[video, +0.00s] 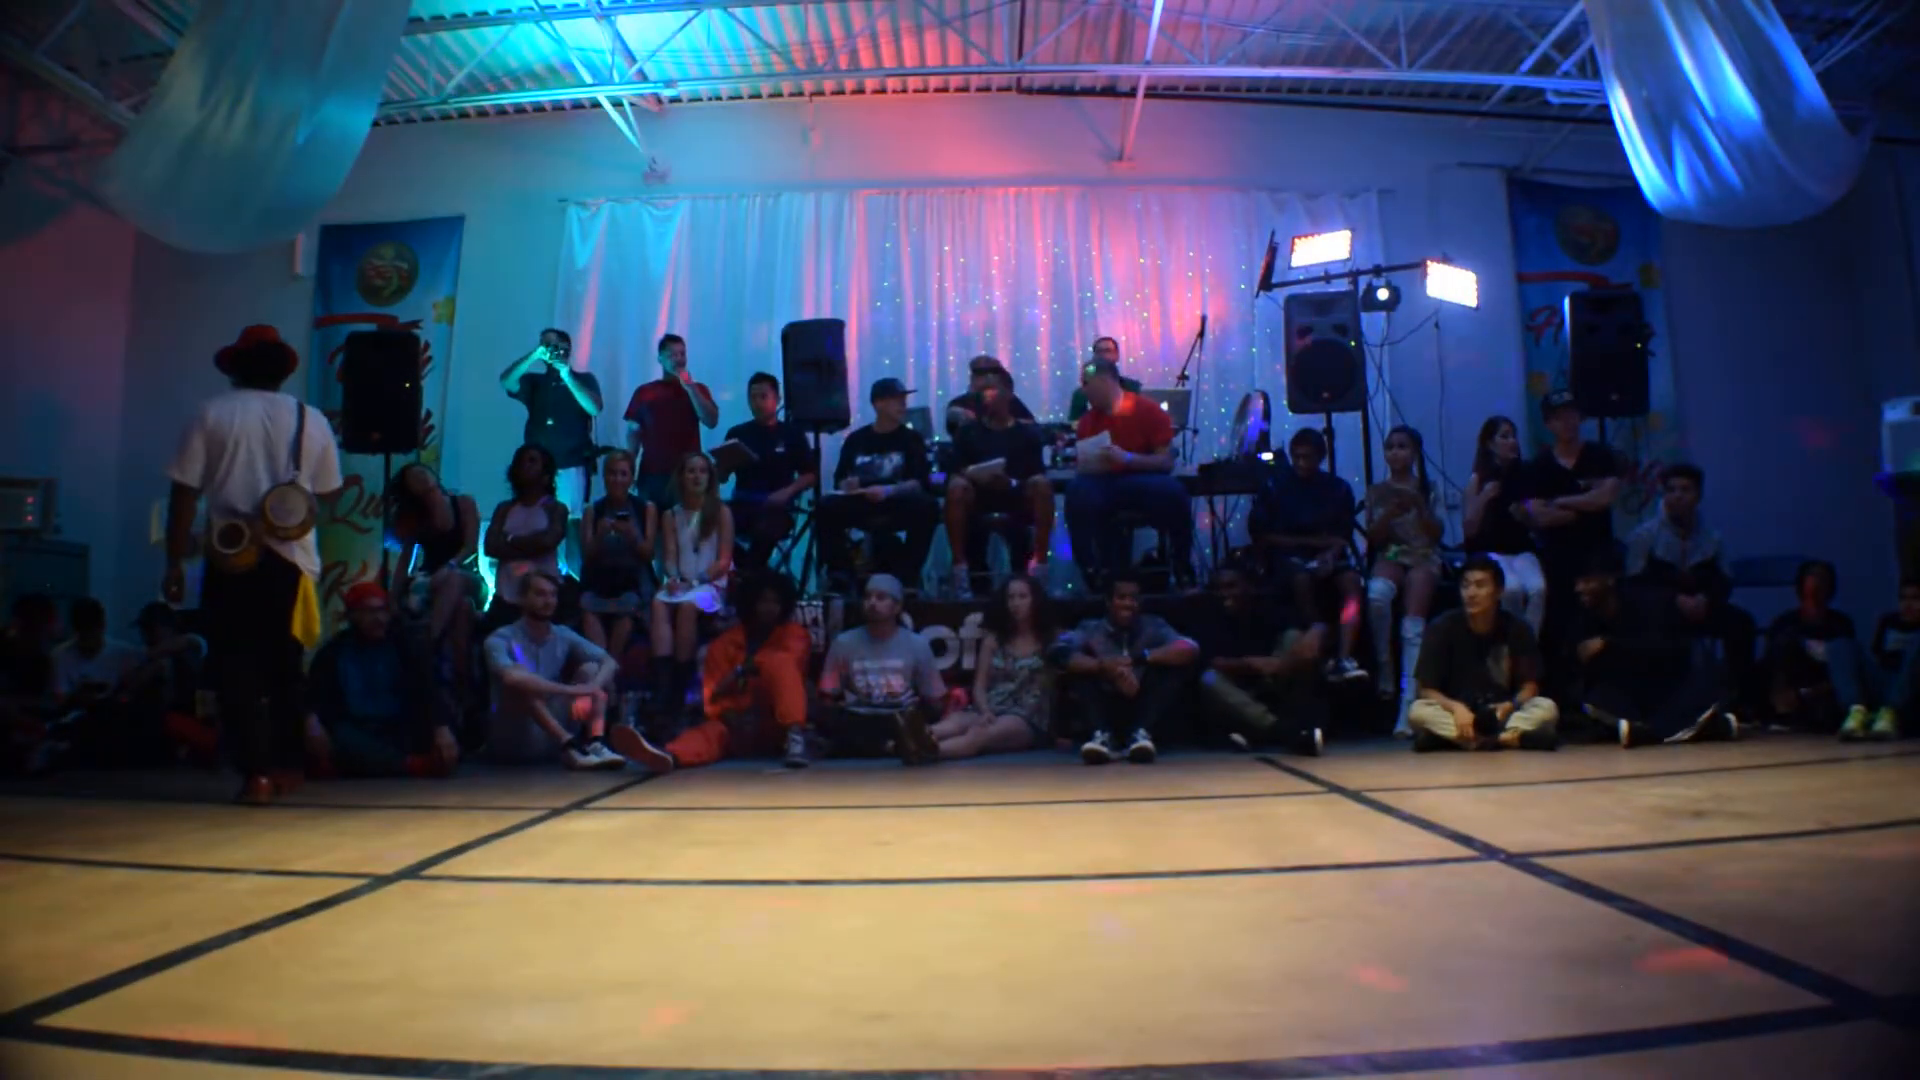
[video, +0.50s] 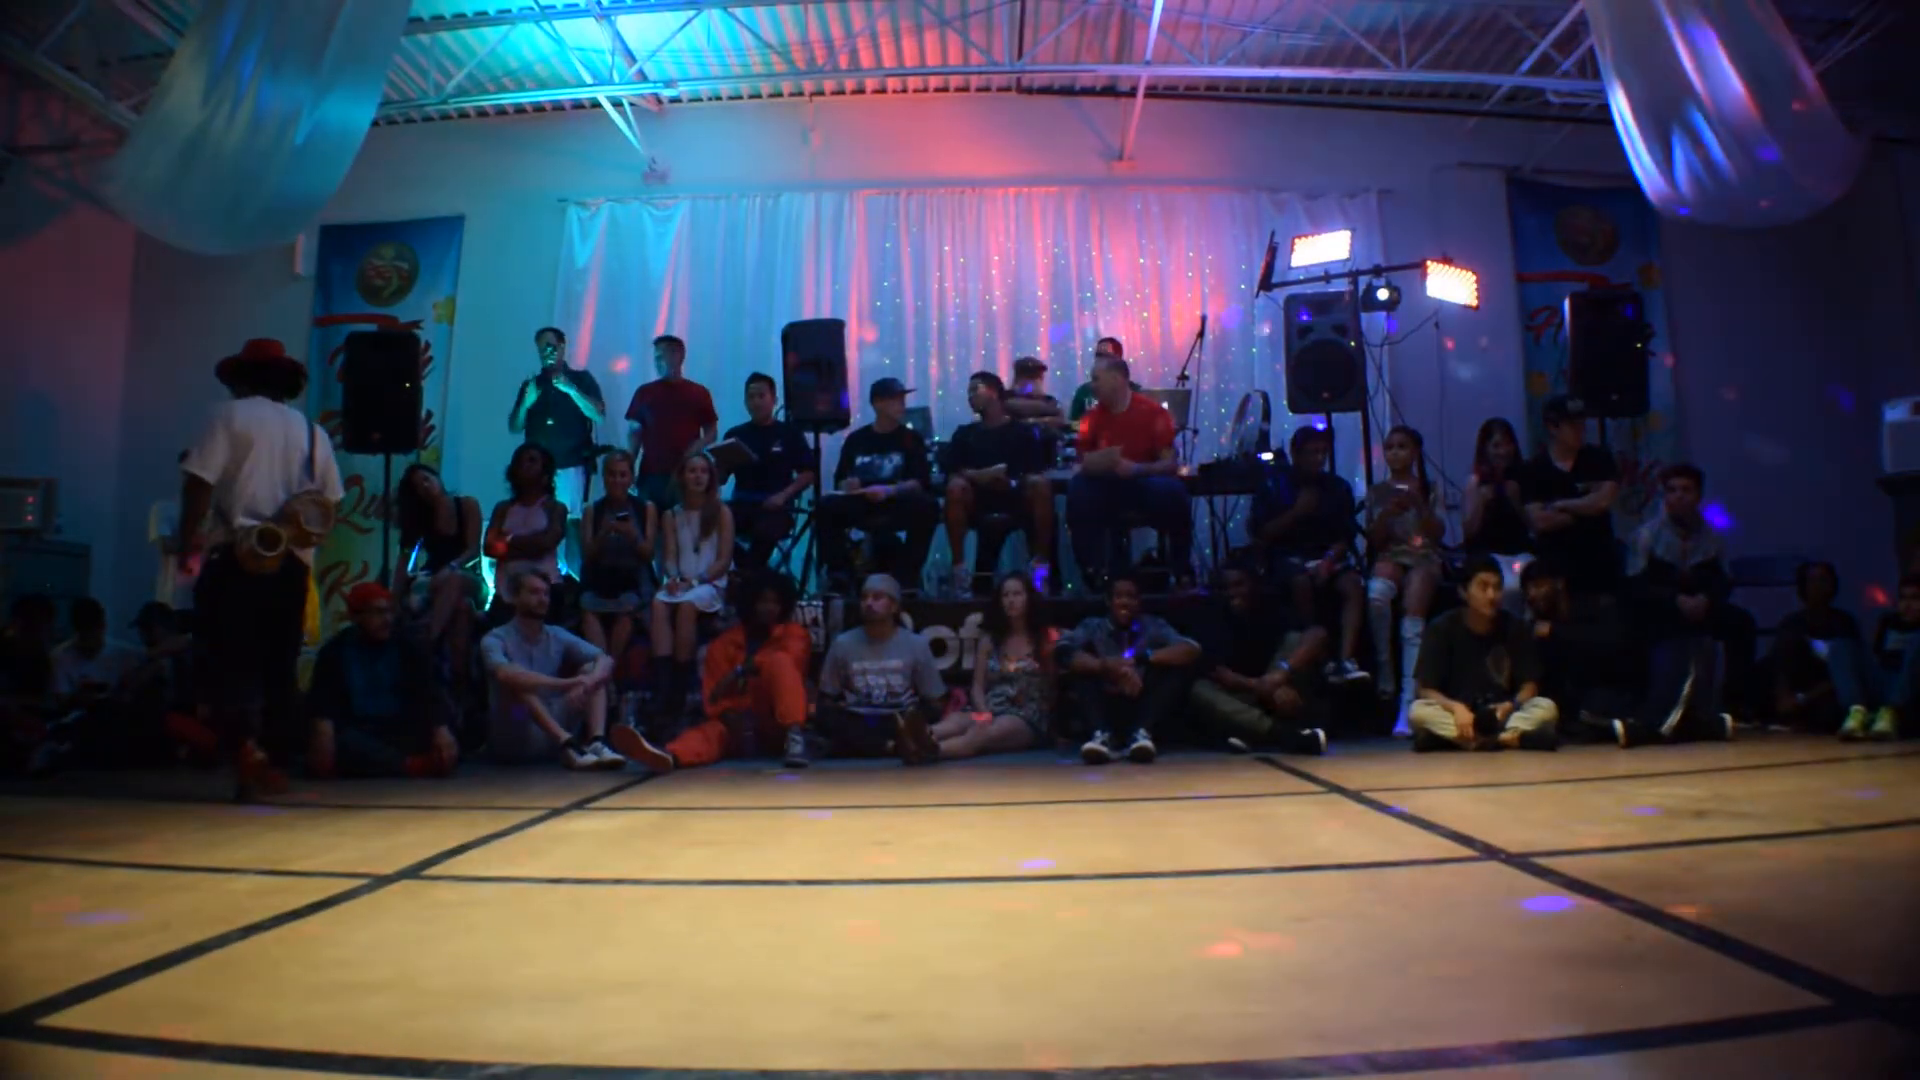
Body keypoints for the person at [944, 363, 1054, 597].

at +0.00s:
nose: (989, 395)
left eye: (995, 388)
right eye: (985, 389)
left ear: (1009, 394)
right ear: (978, 395)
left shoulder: (1027, 431)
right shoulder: (968, 432)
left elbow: (1037, 472)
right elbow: (955, 468)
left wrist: (1010, 482)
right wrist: (973, 475)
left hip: (1014, 490)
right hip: (980, 490)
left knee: (1041, 485)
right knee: (957, 487)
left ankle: (1039, 560)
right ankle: (959, 564)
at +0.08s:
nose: (983, 394)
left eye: (989, 388)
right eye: (979, 389)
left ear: (1005, 393)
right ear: (975, 394)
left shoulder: (1027, 431)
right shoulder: (968, 431)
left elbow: (1035, 473)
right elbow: (955, 468)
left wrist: (1009, 482)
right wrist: (973, 476)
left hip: (1013, 489)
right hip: (979, 490)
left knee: (1040, 487)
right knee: (957, 487)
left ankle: (1041, 562)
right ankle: (959, 566)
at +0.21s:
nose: (976, 395)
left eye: (982, 389)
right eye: (975, 389)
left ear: (1003, 396)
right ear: (974, 396)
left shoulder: (1024, 432)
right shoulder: (966, 432)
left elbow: (1035, 473)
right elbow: (954, 469)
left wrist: (1006, 481)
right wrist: (975, 476)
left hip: (1012, 489)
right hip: (978, 491)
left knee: (1040, 487)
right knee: (957, 487)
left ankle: (1040, 564)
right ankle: (959, 567)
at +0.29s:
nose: (972, 397)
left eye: (979, 391)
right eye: (972, 391)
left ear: (997, 396)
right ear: (973, 399)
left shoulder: (1022, 432)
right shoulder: (965, 433)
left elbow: (1034, 473)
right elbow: (952, 470)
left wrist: (1006, 481)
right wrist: (977, 476)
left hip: (1011, 490)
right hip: (977, 491)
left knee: (1040, 486)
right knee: (956, 487)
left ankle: (1039, 564)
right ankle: (959, 566)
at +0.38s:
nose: (971, 396)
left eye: (976, 390)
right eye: (970, 391)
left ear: (995, 392)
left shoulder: (1022, 433)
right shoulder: (964, 434)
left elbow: (1034, 474)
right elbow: (952, 473)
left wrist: (1005, 482)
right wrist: (977, 476)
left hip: (1011, 492)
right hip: (977, 493)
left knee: (1040, 487)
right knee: (956, 489)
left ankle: (1040, 565)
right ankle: (958, 567)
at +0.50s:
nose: (970, 395)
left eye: (975, 389)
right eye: (969, 391)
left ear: (994, 393)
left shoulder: (1022, 431)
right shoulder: (964, 433)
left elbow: (1032, 471)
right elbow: (954, 471)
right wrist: (982, 476)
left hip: (1012, 491)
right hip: (977, 493)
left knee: (1039, 485)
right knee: (956, 487)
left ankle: (1041, 563)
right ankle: (958, 567)